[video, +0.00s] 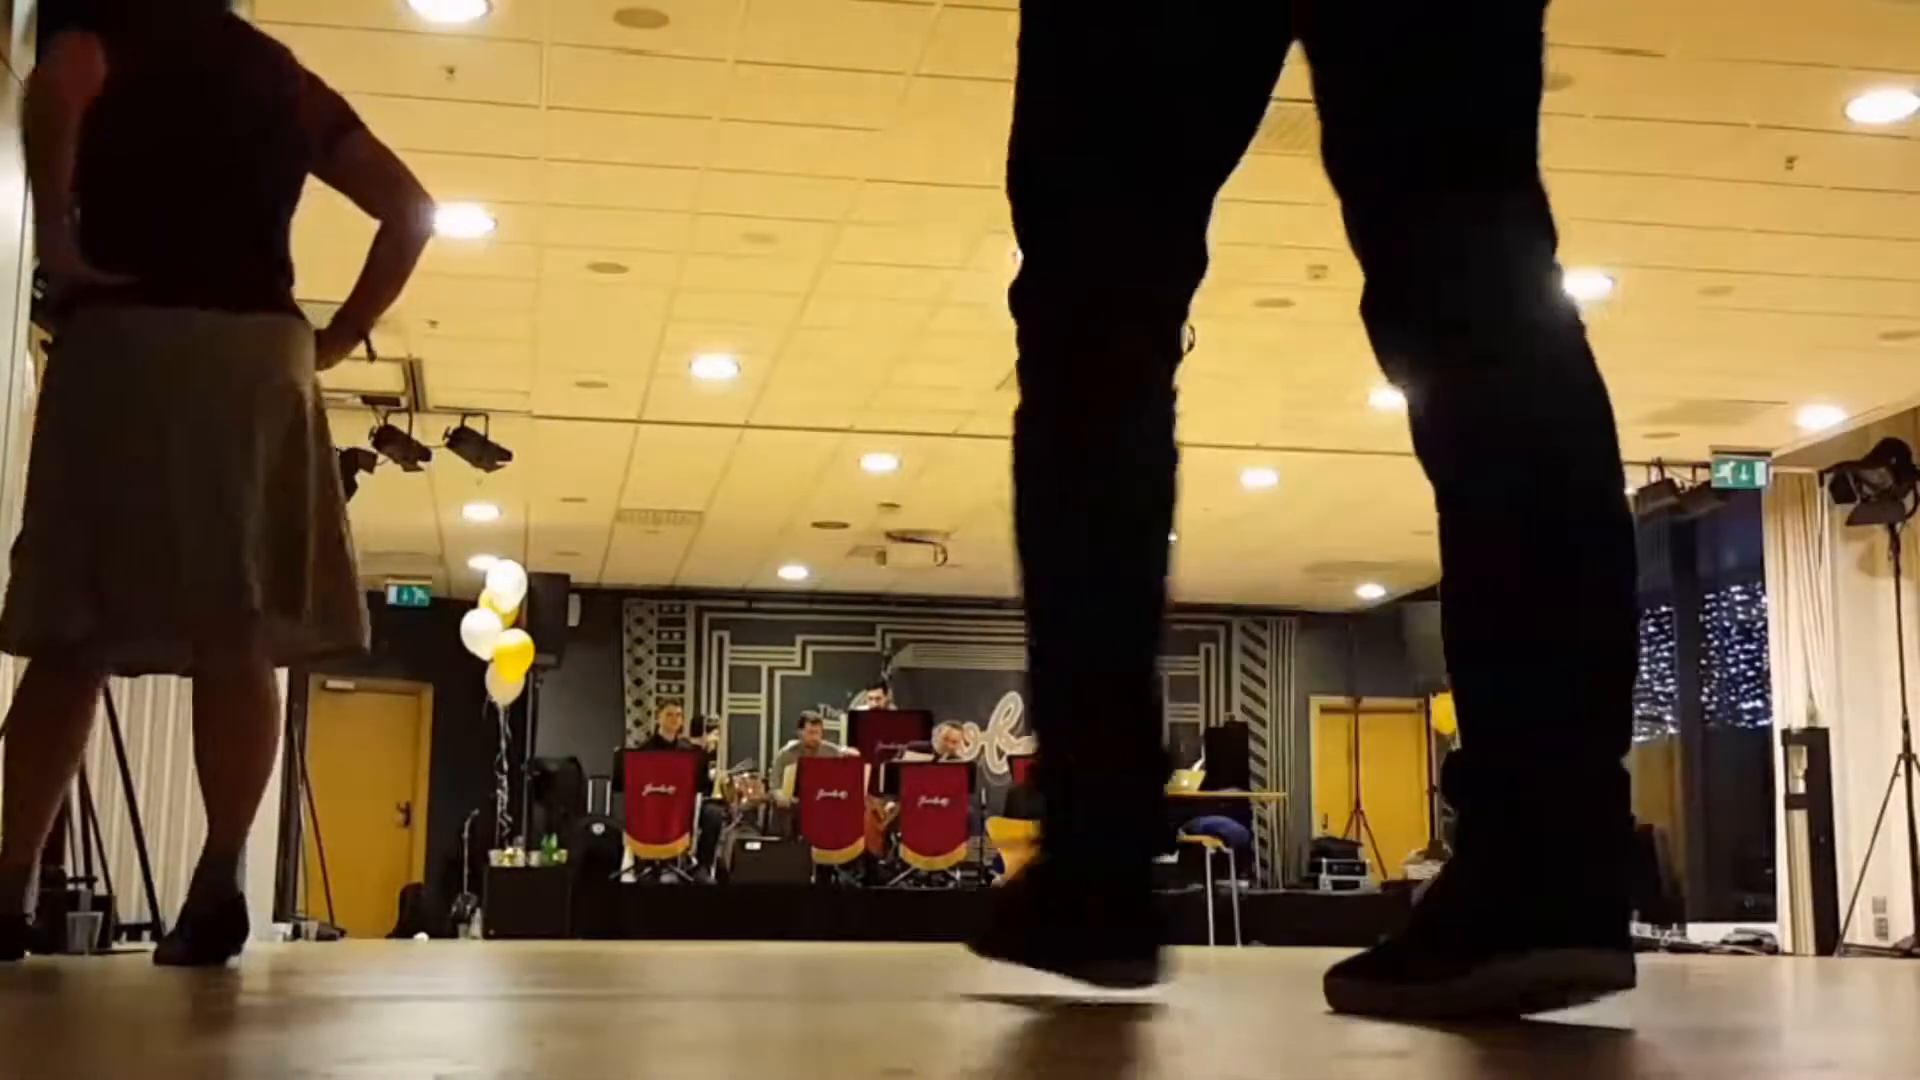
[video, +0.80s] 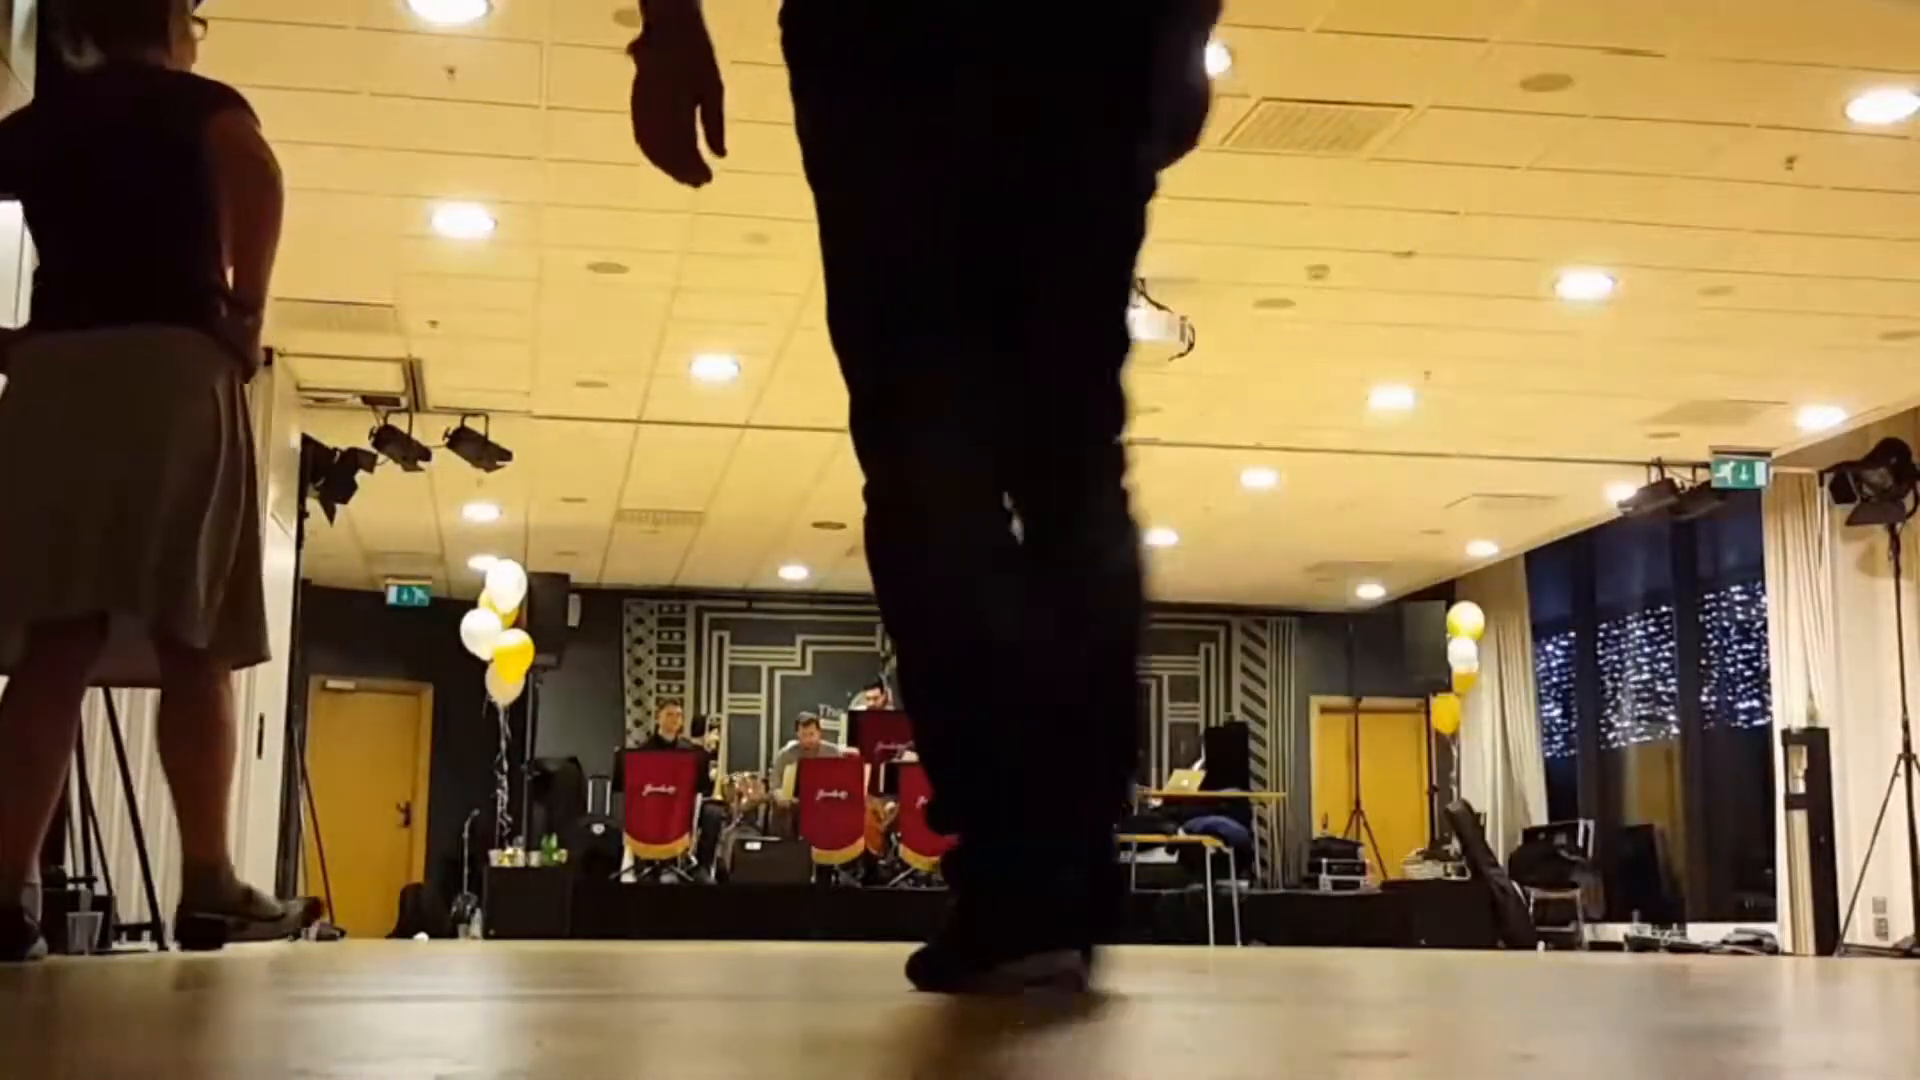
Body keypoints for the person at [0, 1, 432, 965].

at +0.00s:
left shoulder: (95, 18)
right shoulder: (276, 70)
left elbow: (59, 90)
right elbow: (411, 211)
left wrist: (57, 241)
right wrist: (340, 332)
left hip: (123, 354)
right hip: (263, 359)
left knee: (70, 644)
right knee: (238, 643)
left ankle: (9, 893)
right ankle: (220, 887)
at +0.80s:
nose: (196, 37)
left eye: (193, 24)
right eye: (192, 23)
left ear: (87, 33)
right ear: (174, 26)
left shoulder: (39, 118)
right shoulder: (208, 100)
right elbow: (258, 177)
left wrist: (11, 338)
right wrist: (250, 311)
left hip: (49, 376)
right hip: (179, 376)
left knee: (48, 652)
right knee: (196, 652)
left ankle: (12, 894)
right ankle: (210, 885)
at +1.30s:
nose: (340, 65)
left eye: (336, 48)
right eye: (334, 48)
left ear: (238, 58)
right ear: (313, 52)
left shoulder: (184, 143)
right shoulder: (350, 145)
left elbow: (60, 228)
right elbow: (402, 241)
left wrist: (115, 362)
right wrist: (380, 356)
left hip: (197, 411)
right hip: (313, 412)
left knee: (140, 655)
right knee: (286, 668)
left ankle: (18, 850)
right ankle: (252, 903)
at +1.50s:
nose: (390, 58)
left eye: (387, 40)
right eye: (381, 41)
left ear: (292, 50)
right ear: (353, 48)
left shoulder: (231, 142)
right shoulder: (390, 145)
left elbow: (108, 236)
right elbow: (420, 250)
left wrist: (172, 356)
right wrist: (407, 353)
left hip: (239, 414)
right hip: (343, 413)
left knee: (216, 669)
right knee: (304, 667)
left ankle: (150, 899)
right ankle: (255, 906)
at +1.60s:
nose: (412, 64)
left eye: (408, 47)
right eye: (405, 48)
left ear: (313, 58)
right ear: (383, 58)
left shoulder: (258, 146)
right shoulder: (397, 150)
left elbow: (142, 240)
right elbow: (415, 257)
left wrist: (196, 365)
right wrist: (407, 363)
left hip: (263, 412)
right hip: (348, 414)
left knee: (272, 666)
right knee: (312, 663)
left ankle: (256, 900)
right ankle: (254, 903)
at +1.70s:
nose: (430, 57)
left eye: (424, 41)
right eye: (419, 42)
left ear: (336, 57)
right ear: (390, 54)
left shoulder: (286, 143)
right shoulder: (398, 142)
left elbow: (173, 240)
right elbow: (389, 254)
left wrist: (220, 355)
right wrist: (404, 366)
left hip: (280, 407)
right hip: (352, 410)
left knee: (336, 666)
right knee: (319, 665)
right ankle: (255, 903)